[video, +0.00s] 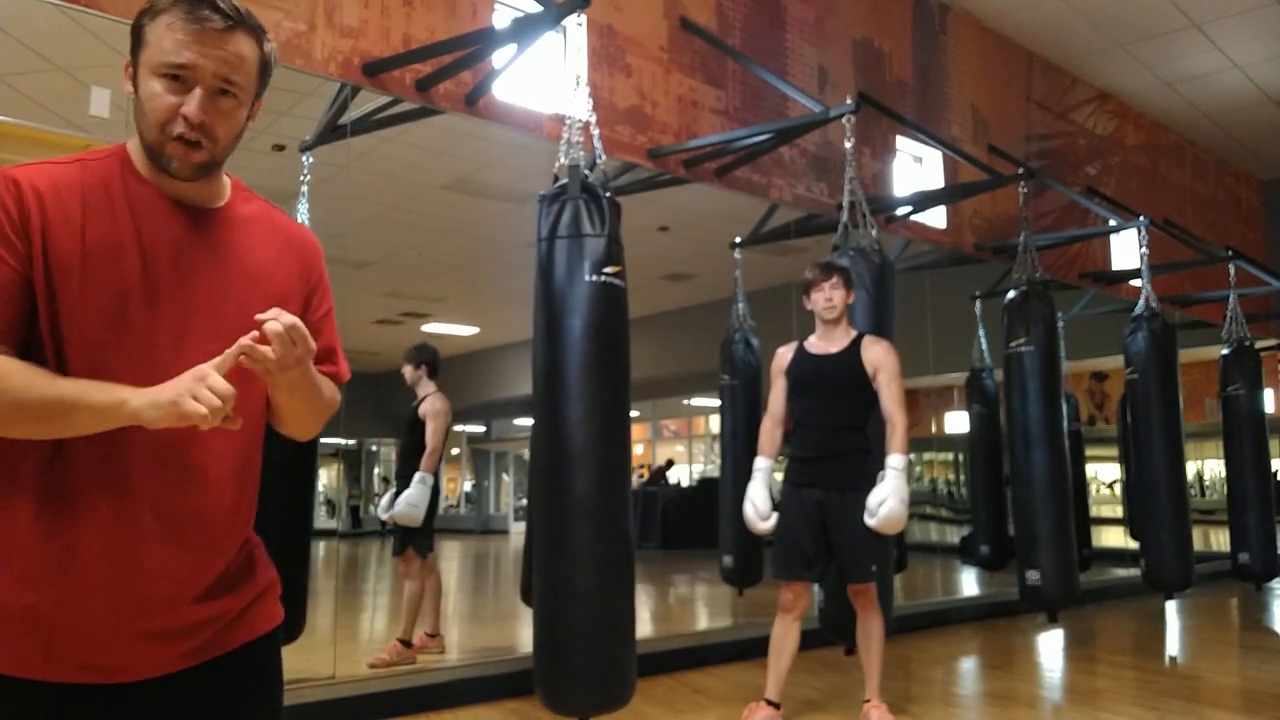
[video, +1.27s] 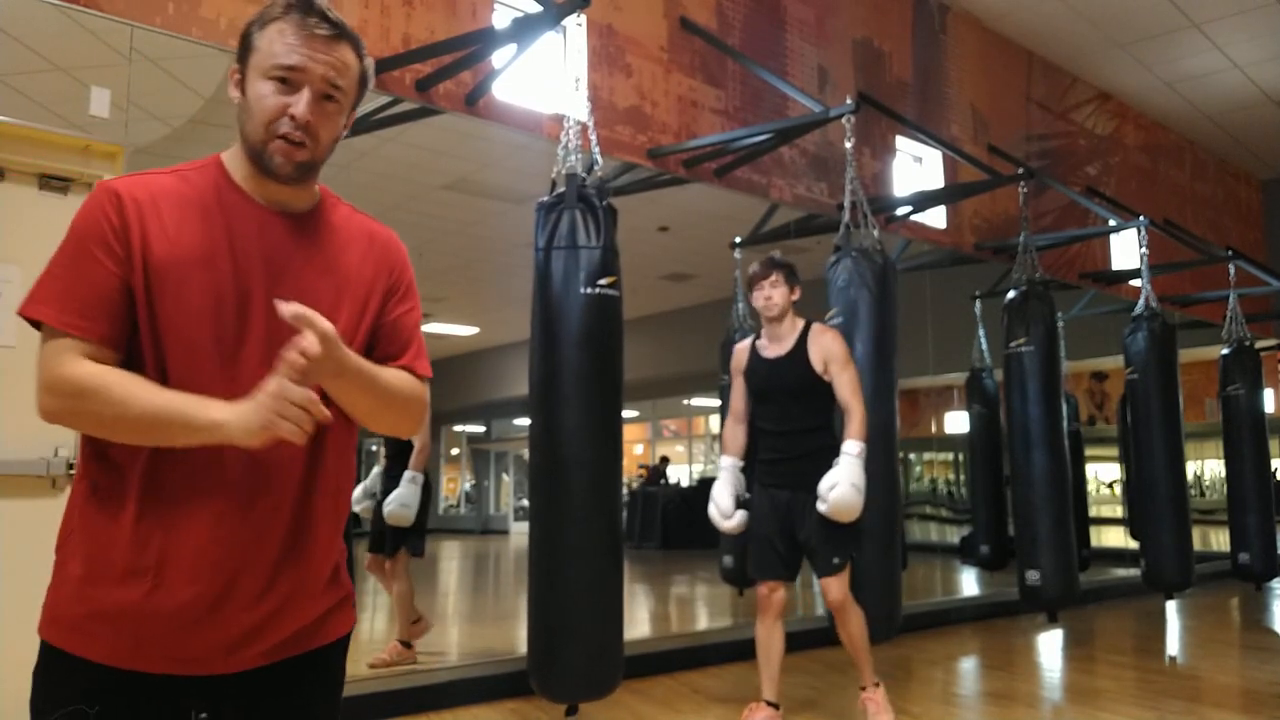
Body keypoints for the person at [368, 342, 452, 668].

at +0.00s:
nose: (403, 375)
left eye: (406, 369)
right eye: (403, 369)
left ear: (422, 369)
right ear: (421, 370)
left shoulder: (435, 403)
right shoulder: (421, 403)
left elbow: (433, 450)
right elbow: (409, 452)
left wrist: (418, 489)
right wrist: (394, 490)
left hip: (419, 485)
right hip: (411, 484)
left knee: (409, 564)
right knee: (425, 563)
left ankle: (404, 641)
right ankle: (430, 634)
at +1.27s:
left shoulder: (417, 392)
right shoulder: (391, 399)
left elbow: (422, 444)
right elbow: (389, 452)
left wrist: (409, 485)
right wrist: (371, 484)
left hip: (407, 481)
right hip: (389, 482)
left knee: (397, 566)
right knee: (374, 563)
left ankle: (403, 643)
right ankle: (414, 619)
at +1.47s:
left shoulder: (404, 393)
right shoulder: (380, 394)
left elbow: (408, 445)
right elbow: (385, 451)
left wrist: (396, 484)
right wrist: (368, 482)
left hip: (401, 479)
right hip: (384, 478)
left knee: (393, 563)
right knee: (370, 562)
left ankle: (403, 644)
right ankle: (383, 632)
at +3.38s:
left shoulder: (417, 398)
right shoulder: (355, 394)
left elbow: (433, 447)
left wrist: (414, 462)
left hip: (395, 487)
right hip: (358, 485)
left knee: (382, 567)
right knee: (345, 566)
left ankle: (391, 642)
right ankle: (338, 639)